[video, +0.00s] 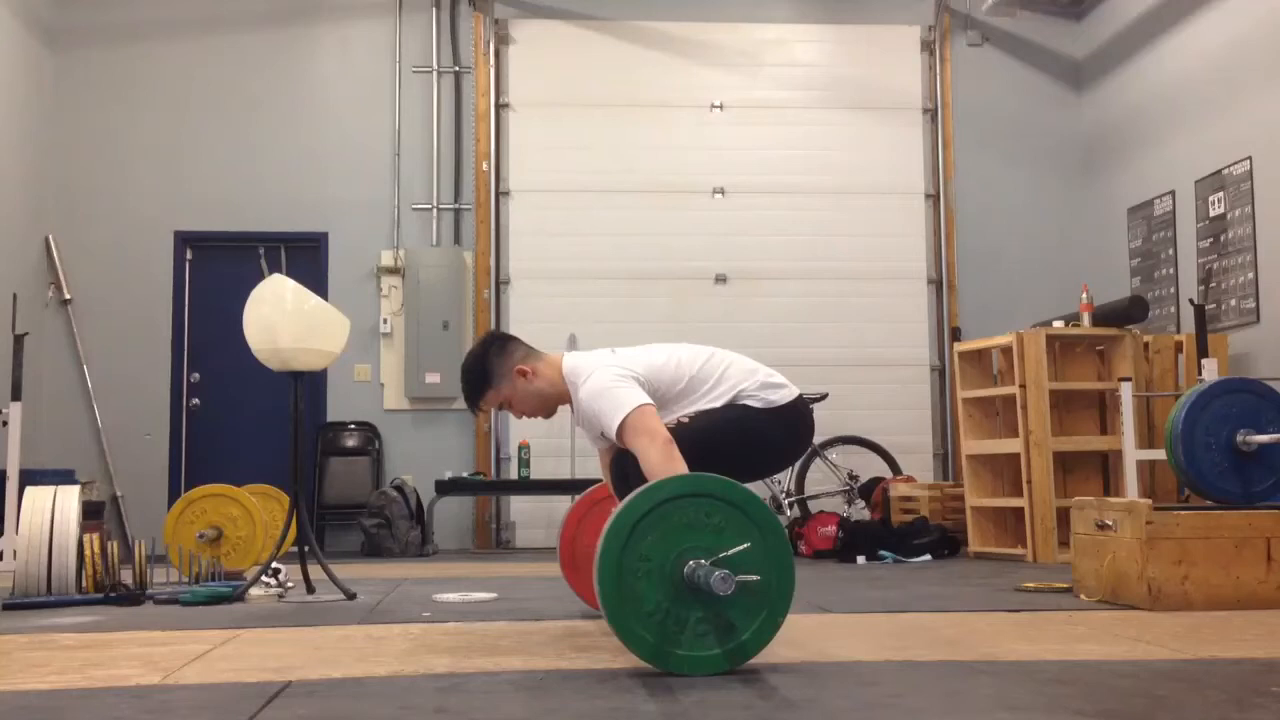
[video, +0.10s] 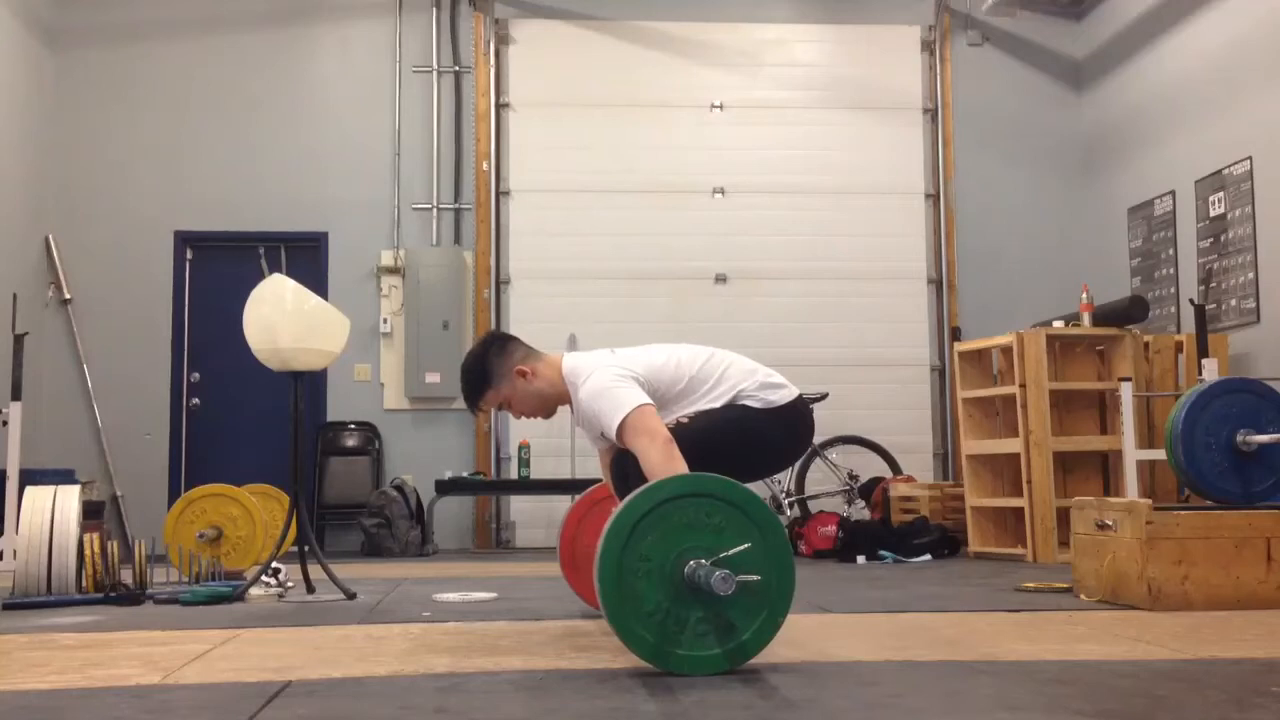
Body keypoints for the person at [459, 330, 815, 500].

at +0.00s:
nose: (517, 417)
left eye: (507, 406)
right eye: (506, 412)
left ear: (525, 374)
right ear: (526, 373)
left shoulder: (596, 383)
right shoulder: (583, 398)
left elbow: (657, 443)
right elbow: (614, 469)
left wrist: (690, 537)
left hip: (774, 414)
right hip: (748, 415)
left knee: (634, 467)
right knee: (624, 465)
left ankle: (695, 566)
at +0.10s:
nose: (516, 418)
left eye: (506, 406)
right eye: (505, 412)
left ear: (524, 374)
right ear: (526, 373)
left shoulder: (596, 383)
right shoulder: (582, 397)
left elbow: (657, 443)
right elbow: (615, 468)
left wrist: (691, 537)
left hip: (774, 414)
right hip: (748, 415)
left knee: (634, 466)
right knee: (624, 465)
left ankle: (695, 565)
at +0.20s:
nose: (514, 418)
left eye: (505, 406)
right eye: (503, 412)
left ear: (523, 375)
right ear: (524, 374)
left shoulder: (595, 384)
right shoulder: (582, 396)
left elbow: (658, 444)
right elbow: (614, 468)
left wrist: (691, 537)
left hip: (773, 414)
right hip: (748, 414)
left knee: (635, 466)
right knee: (624, 465)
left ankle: (695, 564)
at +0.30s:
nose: (511, 418)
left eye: (503, 406)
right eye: (501, 412)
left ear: (522, 376)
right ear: (524, 374)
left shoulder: (594, 384)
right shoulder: (581, 397)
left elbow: (657, 445)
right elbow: (613, 469)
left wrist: (691, 538)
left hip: (772, 413)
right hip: (746, 414)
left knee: (635, 468)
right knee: (624, 467)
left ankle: (696, 566)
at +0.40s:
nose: (509, 418)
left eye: (501, 406)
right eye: (498, 412)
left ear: (520, 376)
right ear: (522, 374)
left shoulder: (593, 384)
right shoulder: (578, 397)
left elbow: (655, 445)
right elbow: (611, 469)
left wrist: (691, 538)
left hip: (770, 412)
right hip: (744, 413)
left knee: (633, 466)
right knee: (621, 466)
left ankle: (694, 566)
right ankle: (664, 574)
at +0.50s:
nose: (505, 418)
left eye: (498, 406)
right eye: (495, 412)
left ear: (518, 376)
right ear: (520, 375)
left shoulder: (591, 382)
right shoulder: (576, 399)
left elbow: (648, 445)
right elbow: (609, 469)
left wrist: (687, 536)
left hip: (767, 409)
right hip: (742, 411)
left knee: (630, 466)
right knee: (618, 467)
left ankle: (692, 565)